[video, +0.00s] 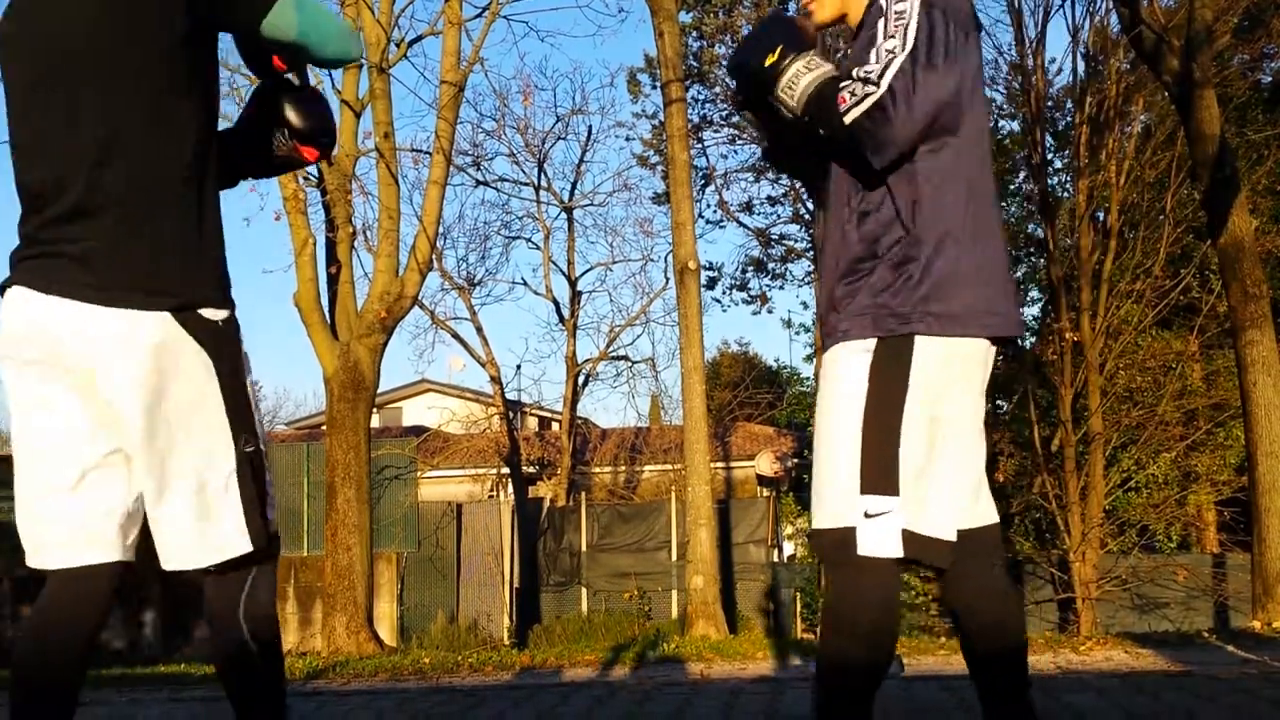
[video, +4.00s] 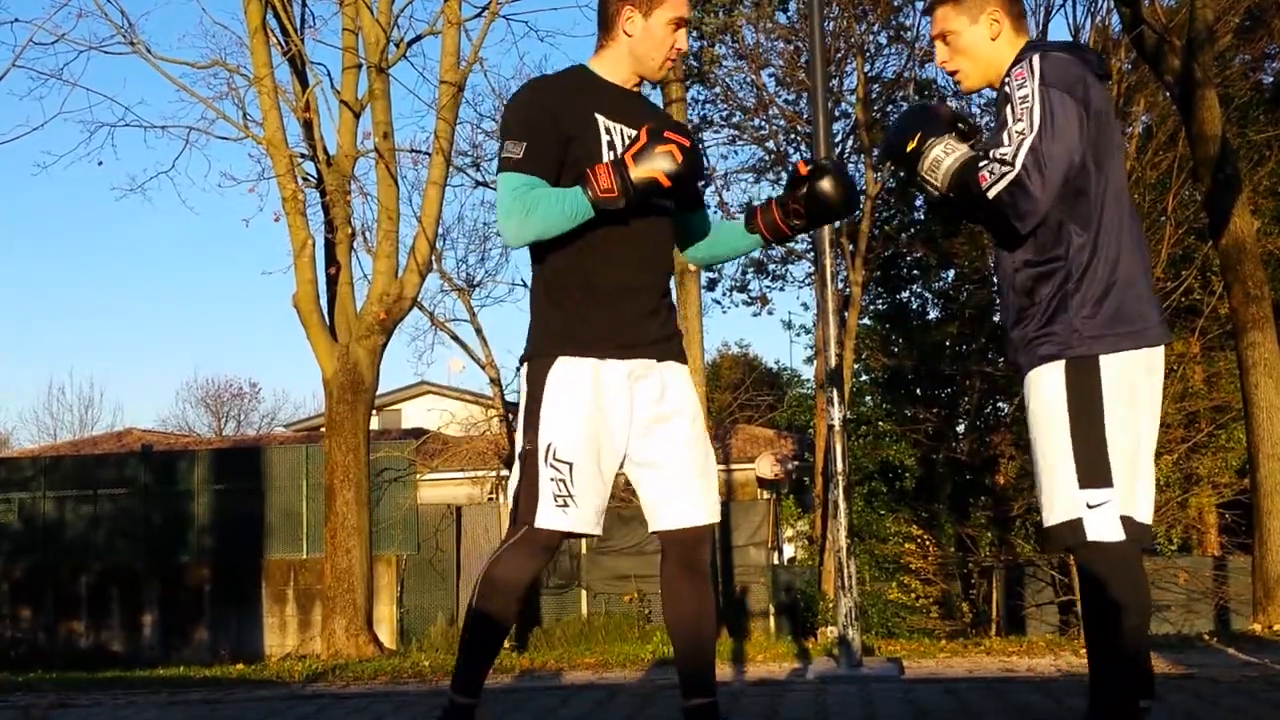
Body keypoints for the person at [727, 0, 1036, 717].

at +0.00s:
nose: (802, 8)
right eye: (800, 7)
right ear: (824, 13)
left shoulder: (917, 7)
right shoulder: (855, 44)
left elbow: (877, 132)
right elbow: (834, 181)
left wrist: (789, 67)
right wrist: (769, 93)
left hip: (903, 303)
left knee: (854, 530)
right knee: (959, 530)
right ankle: (1013, 717)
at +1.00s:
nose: (735, 58)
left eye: (739, 38)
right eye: (732, 43)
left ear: (778, 17)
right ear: (782, 18)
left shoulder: (825, 61)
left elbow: (803, 182)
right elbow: (774, 214)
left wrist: (731, 143)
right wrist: (718, 157)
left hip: (827, 332)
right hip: (887, 330)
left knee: (778, 528)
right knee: (888, 525)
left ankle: (807, 713)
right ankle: (908, 711)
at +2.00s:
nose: (804, 40)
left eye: (818, 20)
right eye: (788, 28)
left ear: (851, 14)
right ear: (775, 32)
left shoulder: (881, 87)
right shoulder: (807, 117)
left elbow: (844, 200)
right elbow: (782, 228)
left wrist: (765, 146)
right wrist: (727, 177)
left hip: (851, 349)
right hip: (833, 350)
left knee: (826, 540)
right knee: (879, 534)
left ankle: (823, 719)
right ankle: (968, 695)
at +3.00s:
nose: (944, 43)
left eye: (953, 24)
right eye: (941, 28)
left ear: (1006, 11)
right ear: (994, 17)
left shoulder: (1058, 66)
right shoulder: (1015, 93)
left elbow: (1014, 186)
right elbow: (977, 212)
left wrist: (939, 126)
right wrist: (922, 140)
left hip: (1061, 336)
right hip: (1011, 343)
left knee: (1086, 526)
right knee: (1032, 527)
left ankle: (1131, 706)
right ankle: (1109, 692)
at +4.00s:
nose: (938, 57)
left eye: (946, 37)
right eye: (935, 42)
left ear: (996, 24)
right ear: (991, 26)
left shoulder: (1043, 71)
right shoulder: (1039, 80)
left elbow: (1016, 202)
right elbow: (1010, 206)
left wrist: (940, 155)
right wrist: (949, 151)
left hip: (1084, 333)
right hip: (1081, 333)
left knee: (1094, 529)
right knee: (1098, 529)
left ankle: (1119, 709)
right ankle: (1119, 704)